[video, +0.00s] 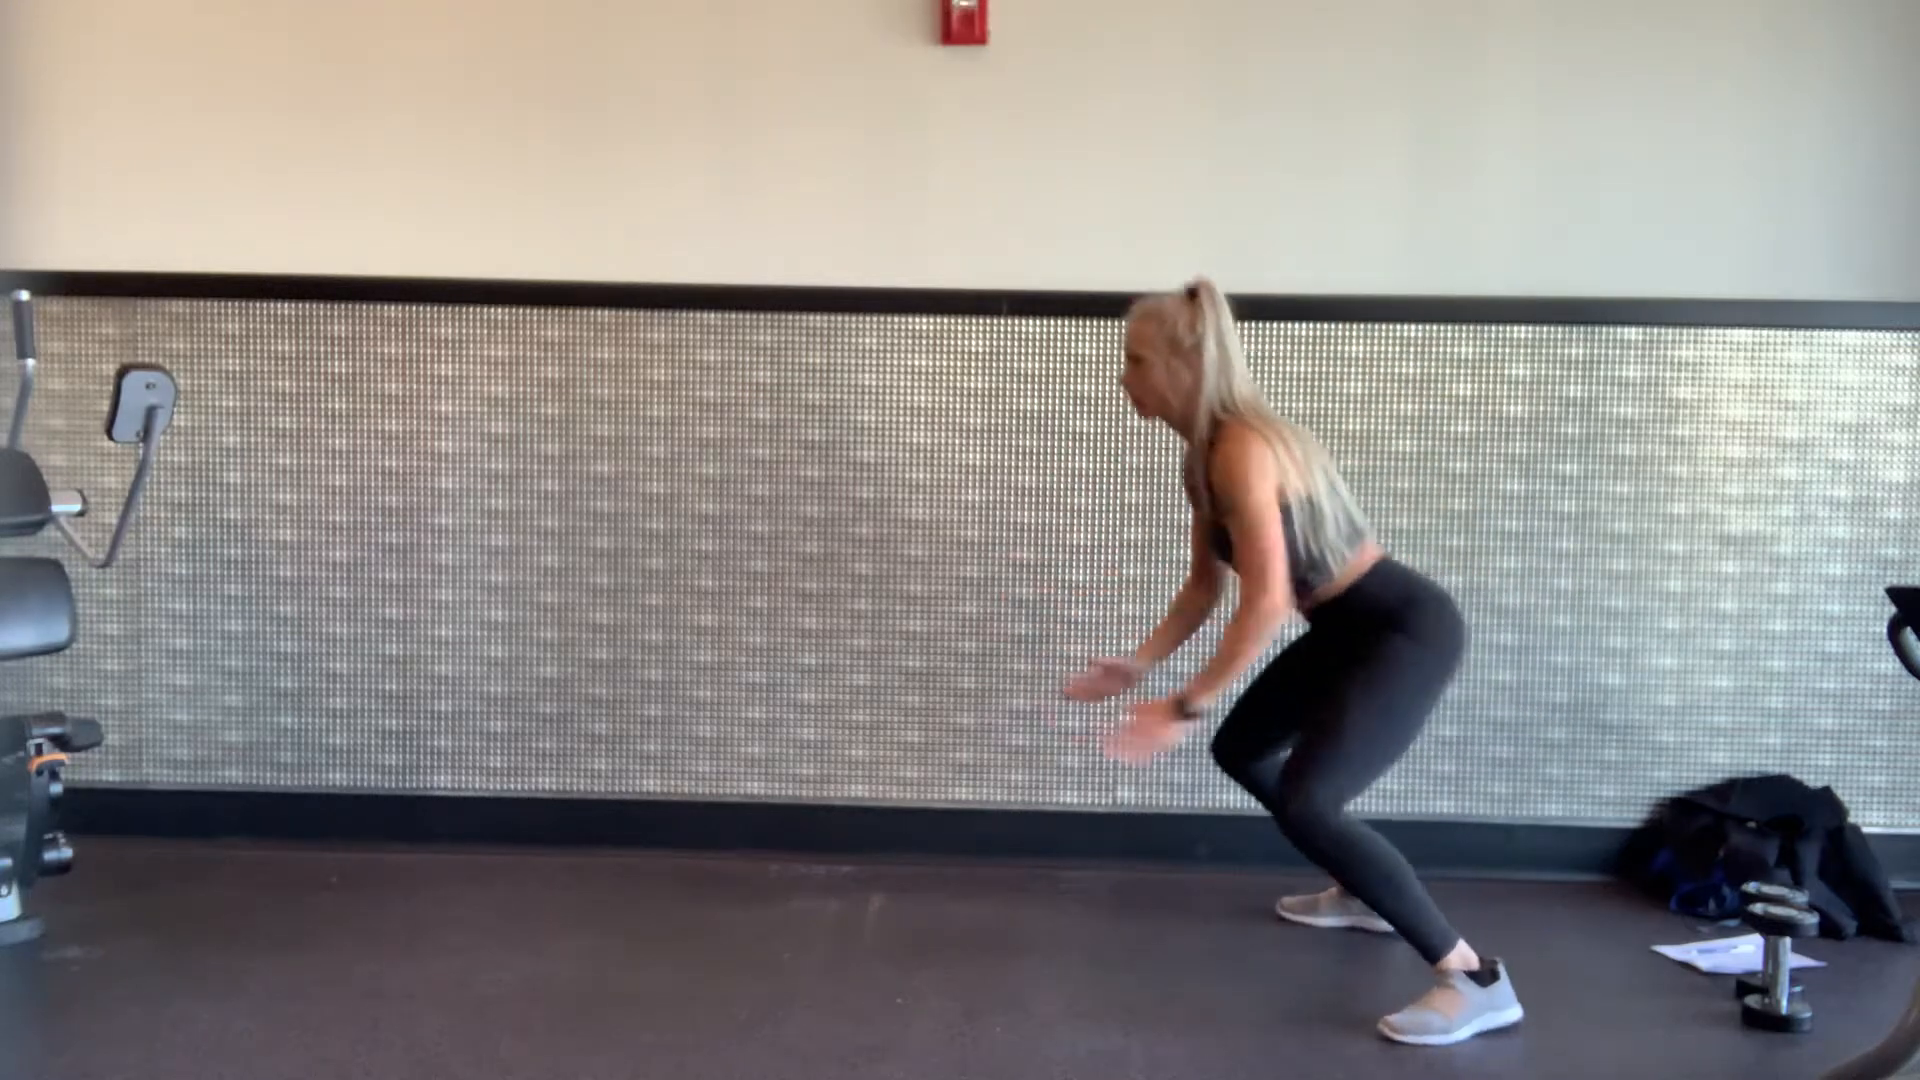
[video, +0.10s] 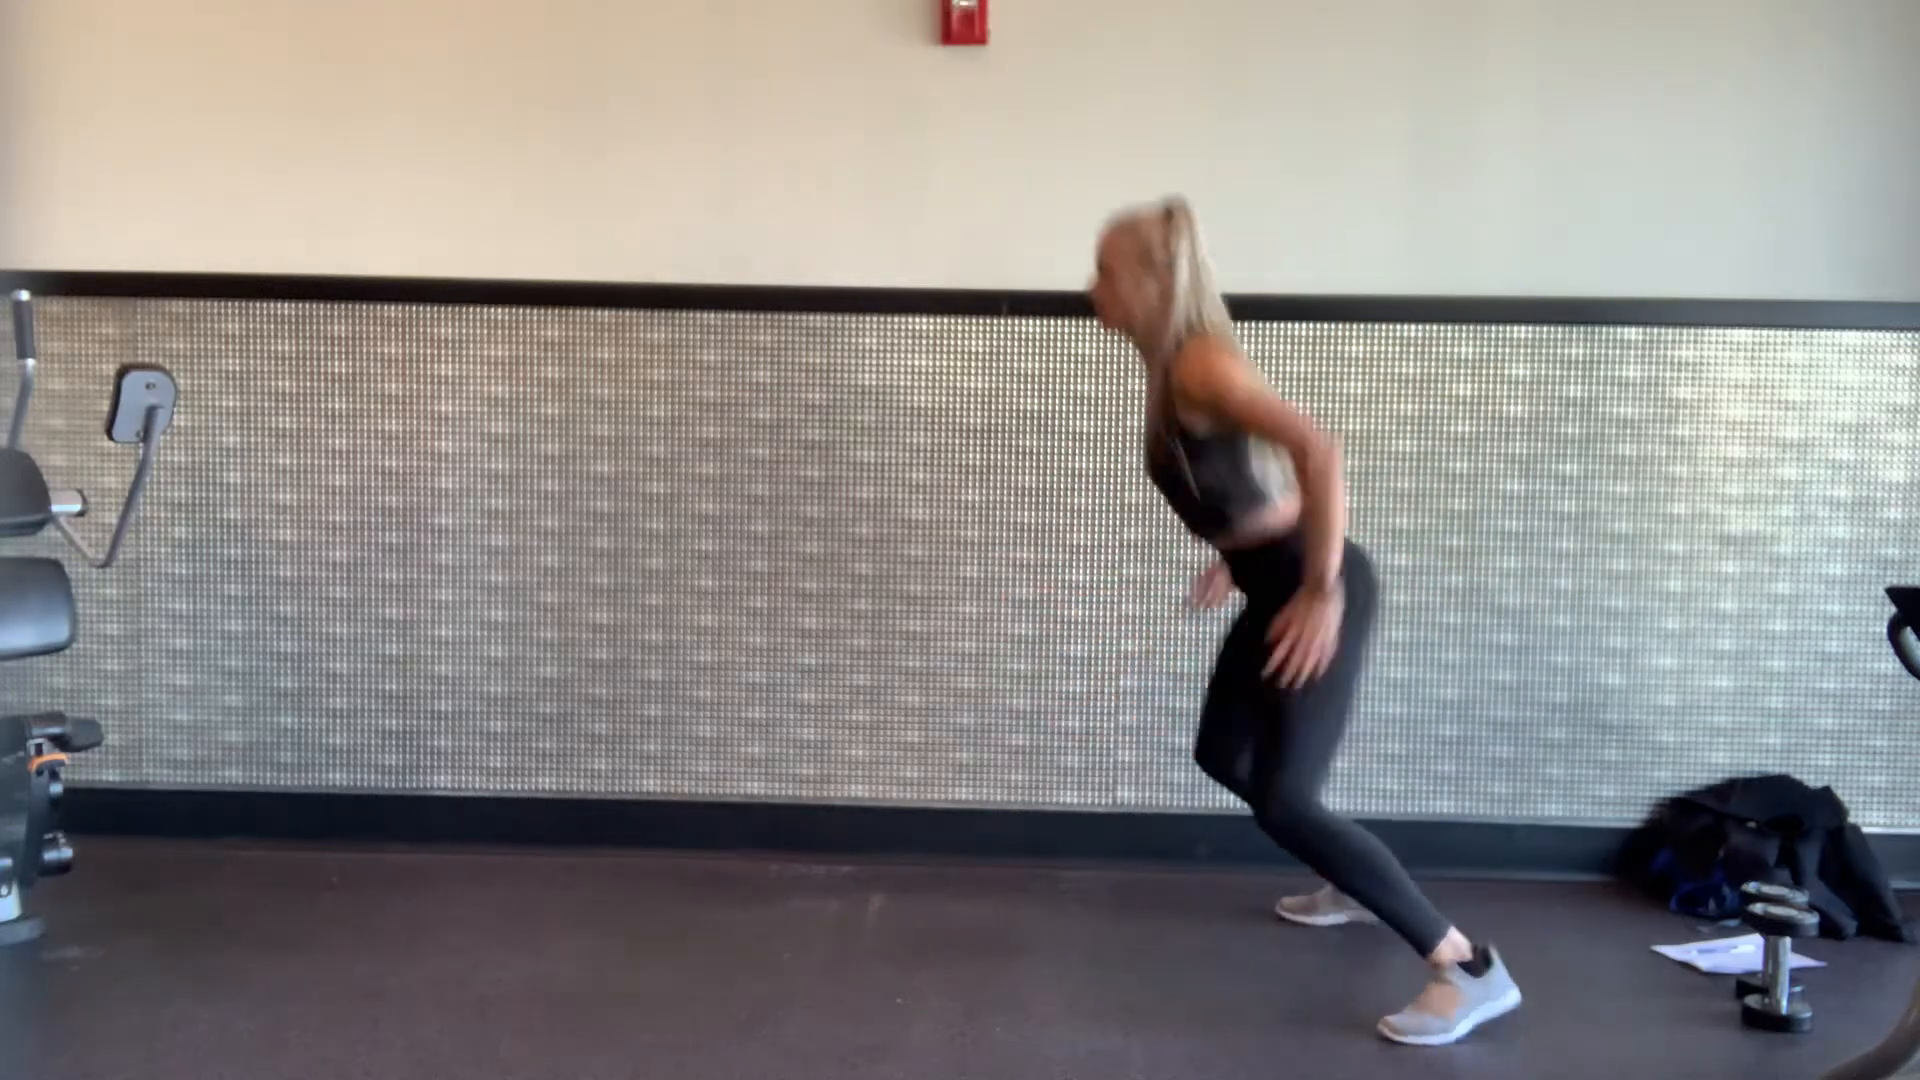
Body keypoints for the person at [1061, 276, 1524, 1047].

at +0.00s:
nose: (1123, 380)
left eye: (1133, 364)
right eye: (1124, 363)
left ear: (1179, 368)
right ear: (1184, 370)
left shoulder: (1240, 449)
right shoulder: (1208, 453)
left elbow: (1267, 603)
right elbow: (1205, 584)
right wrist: (1135, 664)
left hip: (1406, 627)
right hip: (1352, 629)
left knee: (1309, 803)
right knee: (1242, 750)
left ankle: (1470, 975)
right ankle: (1363, 888)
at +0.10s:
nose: (1093, 288)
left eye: (1107, 273)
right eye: (1096, 271)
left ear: (1155, 283)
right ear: (1150, 282)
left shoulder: (1203, 367)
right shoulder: (1170, 366)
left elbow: (1320, 449)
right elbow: (1263, 463)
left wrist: (1320, 588)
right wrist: (1232, 557)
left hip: (1316, 582)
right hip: (1276, 582)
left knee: (1284, 800)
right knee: (1224, 750)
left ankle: (1466, 965)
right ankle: (1359, 878)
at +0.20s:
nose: (1059, 197)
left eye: (1072, 182)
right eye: (1062, 180)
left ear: (1119, 187)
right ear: (1121, 188)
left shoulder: (1154, 262)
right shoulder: (1136, 264)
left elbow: (1295, 285)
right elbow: (1252, 297)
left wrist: (1326, 418)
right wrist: (1234, 413)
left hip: (1211, 511)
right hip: (1183, 510)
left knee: (1205, 730)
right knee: (1164, 703)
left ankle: (1390, 904)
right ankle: (1300, 828)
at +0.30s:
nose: (993, 150)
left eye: (1008, 136)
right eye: (996, 133)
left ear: (1057, 146)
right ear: (1053, 145)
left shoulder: (1083, 221)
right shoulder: (1067, 225)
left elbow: (1209, 275)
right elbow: (1180, 284)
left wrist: (1201, 417)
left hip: (1151, 471)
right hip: (1127, 472)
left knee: (1096, 674)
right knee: (1081, 664)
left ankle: (1226, 883)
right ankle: (1162, 834)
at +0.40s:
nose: (913, 163)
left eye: (926, 149)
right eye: (917, 147)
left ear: (973, 158)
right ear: (973, 157)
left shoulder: (1019, 245)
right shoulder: (992, 248)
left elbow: (1075, 379)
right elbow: (1036, 384)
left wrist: (980, 458)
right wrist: (959, 443)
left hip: (1112, 483)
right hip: (1082, 481)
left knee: (1027, 678)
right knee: (1011, 666)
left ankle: (1005, 916)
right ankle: (973, 846)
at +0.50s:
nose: (853, 233)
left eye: (864, 219)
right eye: (857, 217)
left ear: (904, 231)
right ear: (917, 228)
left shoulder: (947, 316)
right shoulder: (947, 309)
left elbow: (902, 469)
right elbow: (901, 448)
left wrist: (793, 453)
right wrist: (802, 444)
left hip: (1051, 553)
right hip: (1035, 545)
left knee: (913, 712)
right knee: (904, 695)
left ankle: (857, 952)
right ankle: (854, 878)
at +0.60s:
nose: (797, 344)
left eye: (807, 329)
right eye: (801, 328)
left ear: (845, 338)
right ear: (866, 336)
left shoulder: (887, 423)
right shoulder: (885, 414)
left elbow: (759, 531)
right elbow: (773, 512)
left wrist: (709, 431)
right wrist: (726, 428)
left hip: (988, 655)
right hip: (970, 640)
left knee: (795, 733)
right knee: (798, 707)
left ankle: (824, 967)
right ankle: (837, 886)